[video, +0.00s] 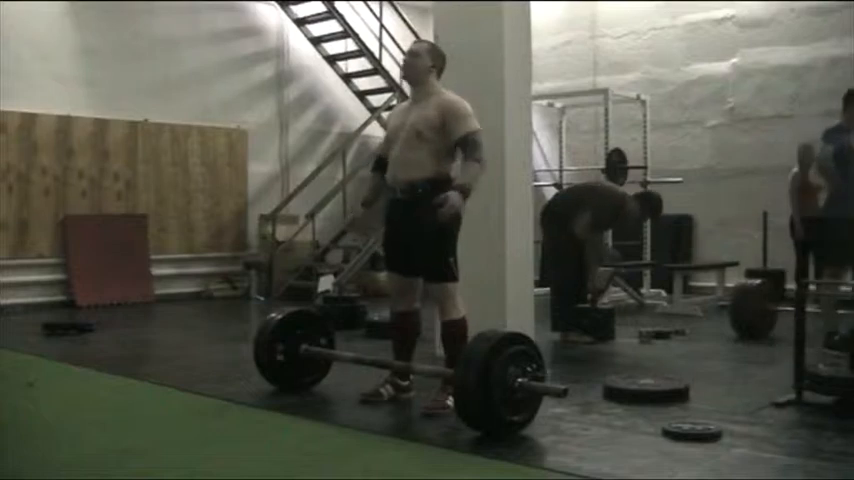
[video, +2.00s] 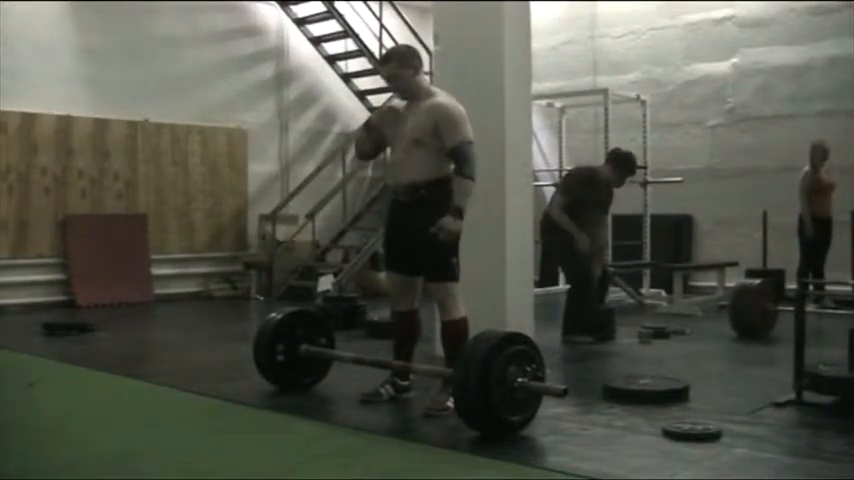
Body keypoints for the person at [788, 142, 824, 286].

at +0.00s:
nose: (810, 159)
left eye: (811, 156)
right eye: (806, 156)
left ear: (813, 157)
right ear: (800, 157)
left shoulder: (812, 174)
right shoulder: (797, 175)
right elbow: (794, 202)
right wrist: (797, 223)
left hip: (814, 217)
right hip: (801, 219)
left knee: (818, 256)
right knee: (802, 258)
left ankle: (819, 288)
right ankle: (801, 290)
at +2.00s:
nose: (821, 160)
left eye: (823, 156)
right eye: (818, 156)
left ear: (826, 158)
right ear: (812, 156)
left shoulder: (823, 175)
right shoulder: (808, 175)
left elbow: (824, 201)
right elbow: (804, 202)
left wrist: (827, 220)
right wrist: (807, 225)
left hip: (824, 220)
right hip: (810, 220)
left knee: (819, 259)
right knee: (807, 259)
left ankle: (819, 294)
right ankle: (802, 293)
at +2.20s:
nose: (823, 158)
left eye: (825, 155)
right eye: (820, 155)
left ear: (828, 157)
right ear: (813, 155)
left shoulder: (823, 175)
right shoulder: (809, 175)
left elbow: (824, 200)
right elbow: (805, 202)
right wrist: (808, 224)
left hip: (824, 220)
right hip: (811, 220)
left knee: (819, 260)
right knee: (808, 259)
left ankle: (820, 294)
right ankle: (803, 293)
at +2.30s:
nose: (824, 159)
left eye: (826, 155)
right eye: (821, 155)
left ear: (828, 157)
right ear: (814, 155)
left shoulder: (824, 175)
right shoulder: (810, 175)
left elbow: (825, 199)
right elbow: (806, 202)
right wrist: (809, 224)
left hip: (825, 220)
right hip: (812, 220)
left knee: (820, 259)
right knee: (809, 258)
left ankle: (821, 294)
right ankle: (803, 293)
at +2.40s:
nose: (824, 159)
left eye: (826, 155)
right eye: (821, 155)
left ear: (828, 157)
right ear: (814, 155)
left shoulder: (824, 175)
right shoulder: (810, 175)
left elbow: (825, 200)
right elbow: (806, 202)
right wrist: (809, 224)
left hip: (825, 220)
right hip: (812, 220)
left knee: (820, 260)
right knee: (809, 259)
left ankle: (820, 294)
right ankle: (803, 293)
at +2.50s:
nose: (824, 159)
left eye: (826, 155)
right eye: (821, 155)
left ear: (828, 157)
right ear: (814, 155)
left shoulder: (823, 175)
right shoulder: (809, 175)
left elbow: (824, 200)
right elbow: (806, 202)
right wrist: (809, 224)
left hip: (825, 220)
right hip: (811, 220)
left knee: (820, 259)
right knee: (808, 259)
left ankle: (820, 293)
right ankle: (803, 293)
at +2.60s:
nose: (824, 159)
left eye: (826, 155)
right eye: (821, 155)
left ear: (828, 157)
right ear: (814, 155)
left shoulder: (824, 175)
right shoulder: (809, 175)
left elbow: (824, 199)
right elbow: (805, 201)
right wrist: (809, 224)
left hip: (824, 220)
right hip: (811, 220)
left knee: (820, 259)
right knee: (808, 258)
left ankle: (820, 294)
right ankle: (802, 293)